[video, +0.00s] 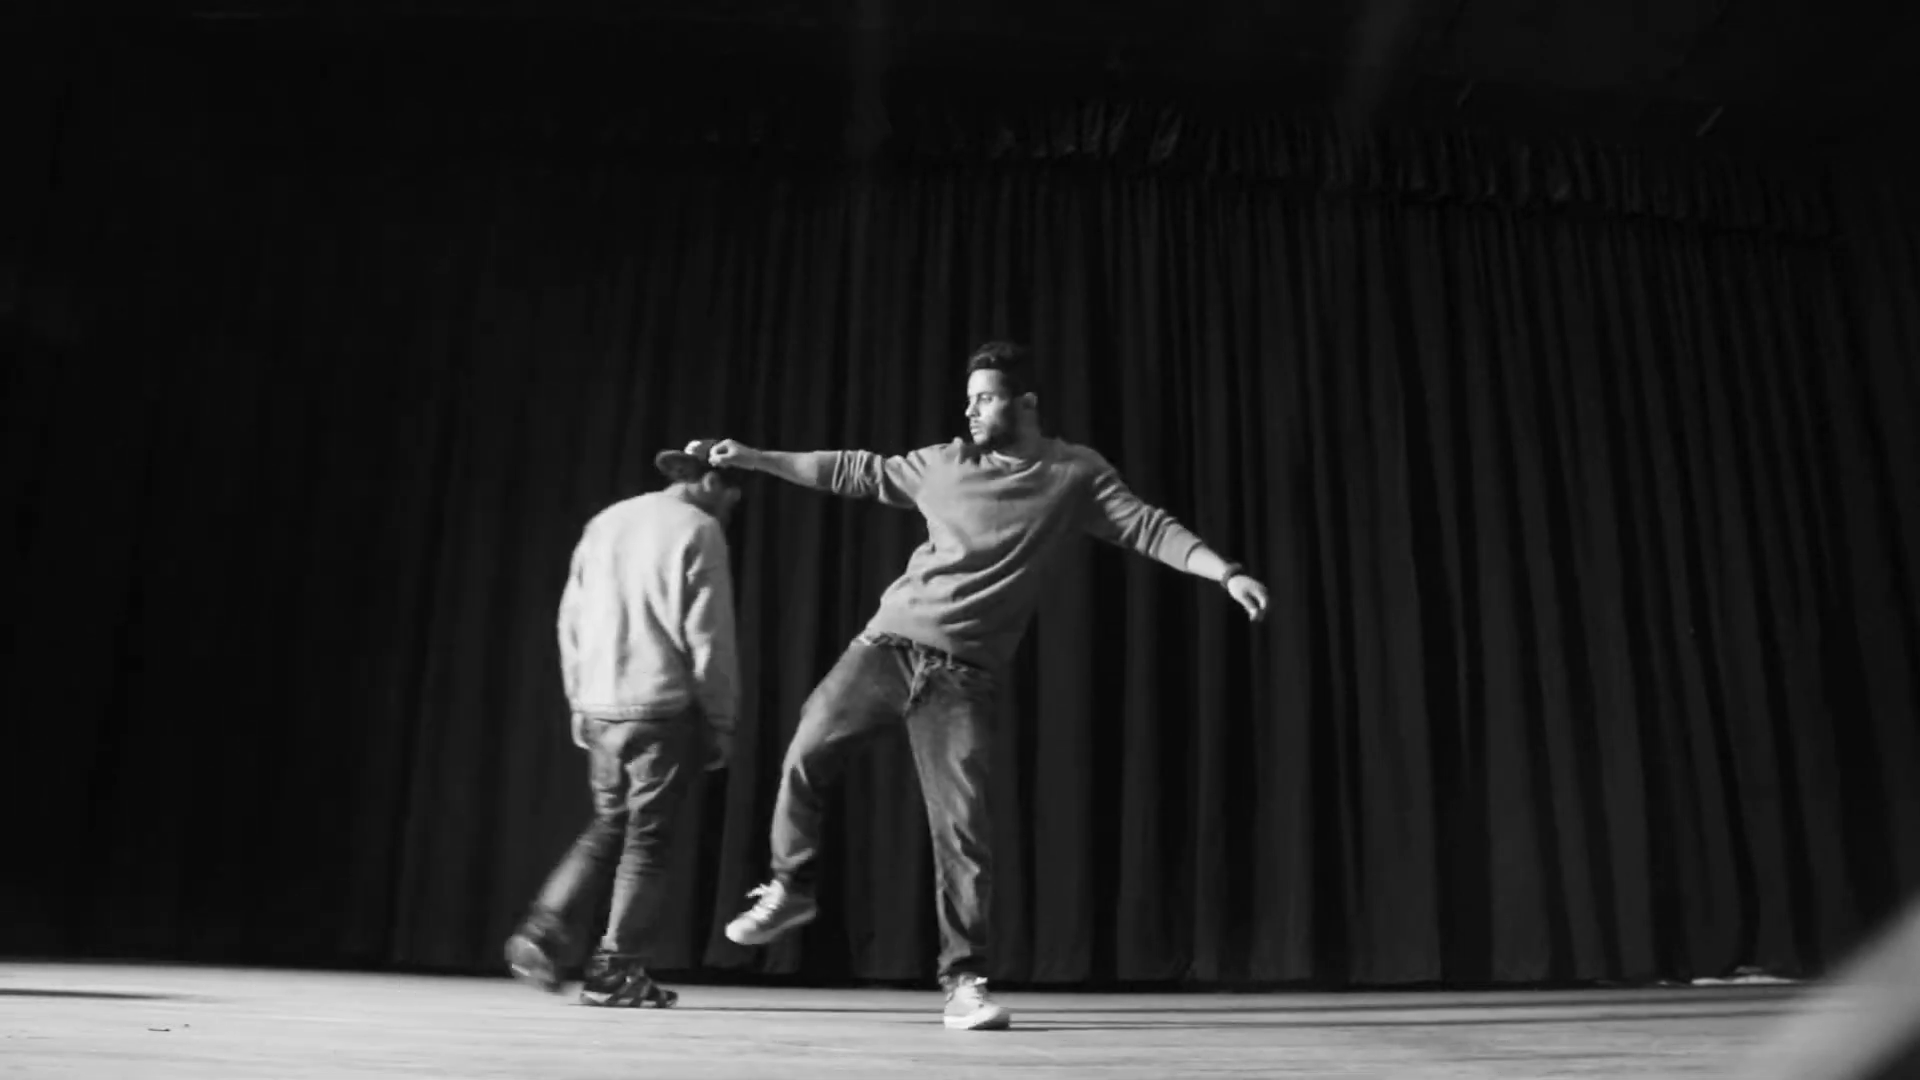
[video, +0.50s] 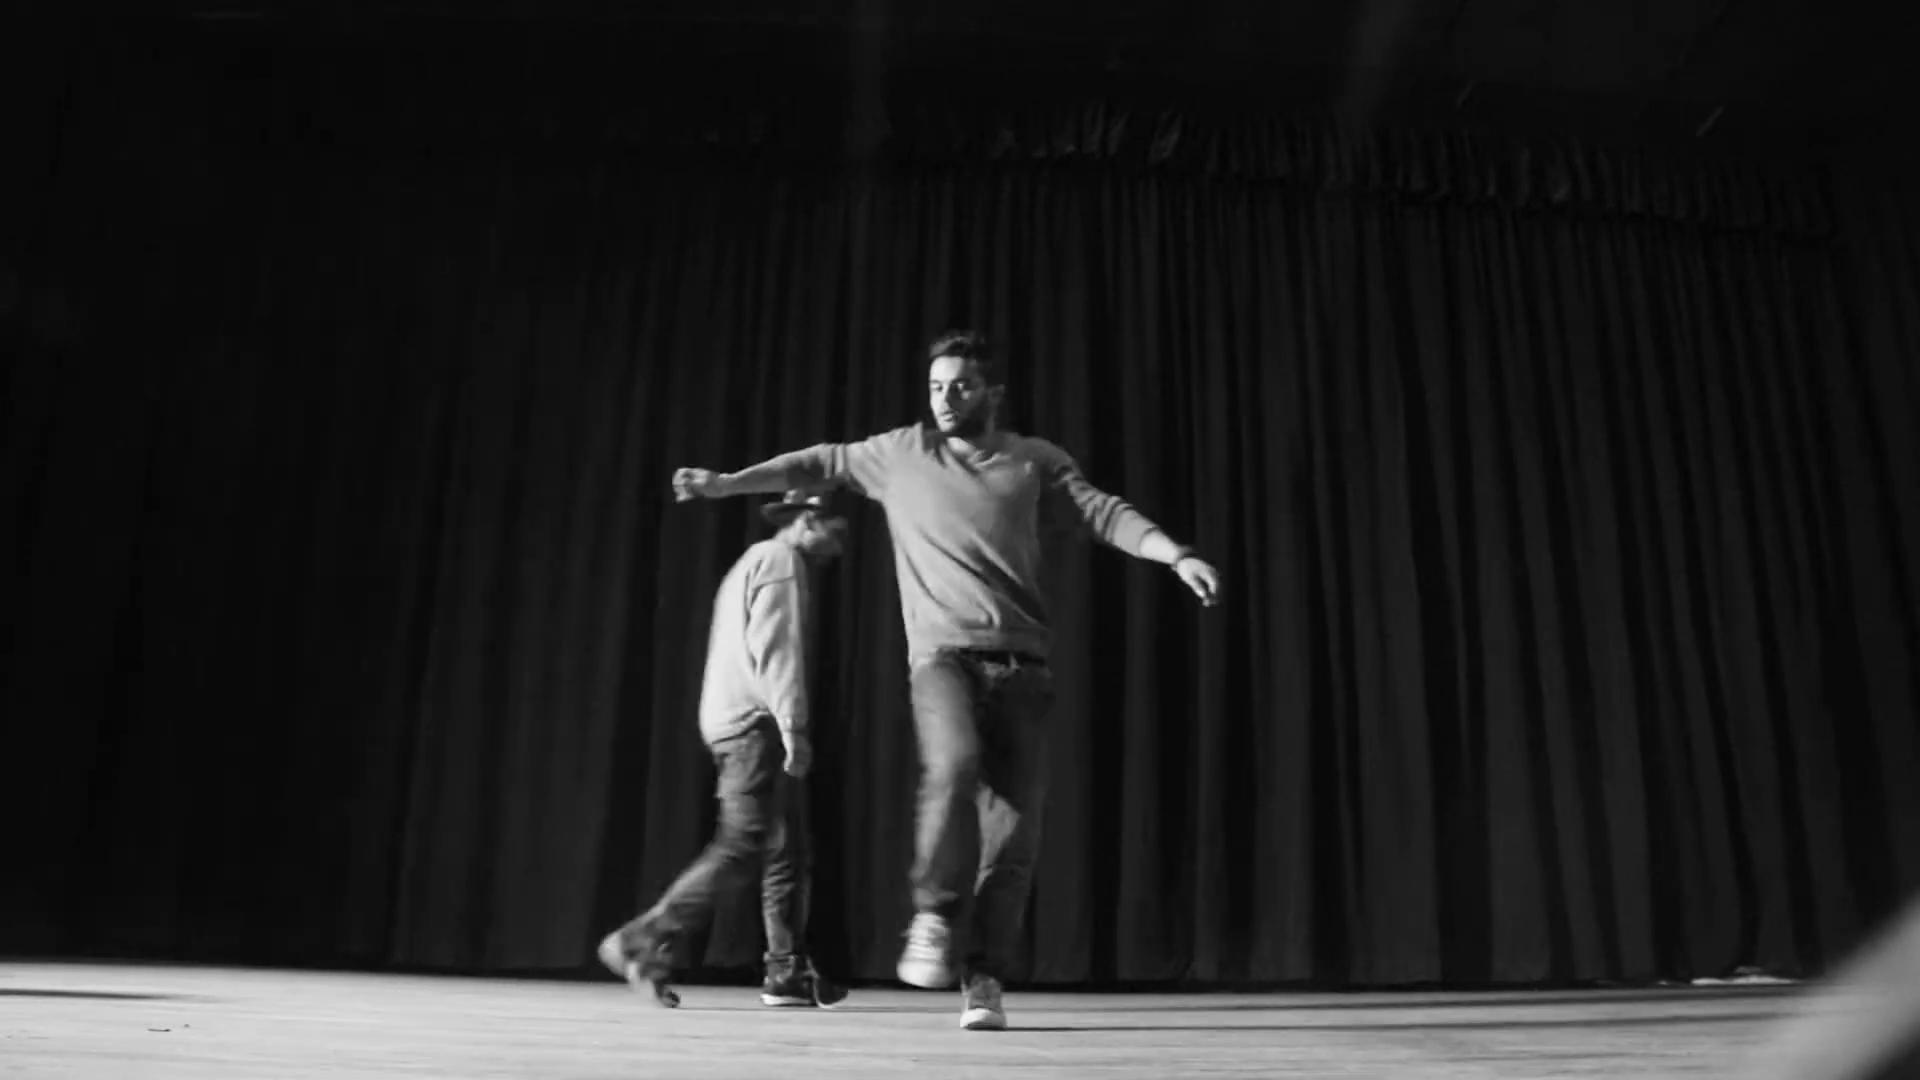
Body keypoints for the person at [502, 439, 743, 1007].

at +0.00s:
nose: (732, 506)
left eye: (735, 496)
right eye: (732, 495)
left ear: (676, 477)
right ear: (711, 483)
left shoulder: (603, 523)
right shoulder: (698, 529)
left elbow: (571, 625)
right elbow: (709, 638)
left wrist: (582, 704)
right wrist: (721, 721)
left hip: (600, 707)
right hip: (659, 708)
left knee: (606, 825)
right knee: (647, 840)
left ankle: (541, 936)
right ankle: (619, 968)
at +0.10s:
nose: (751, 506)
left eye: (753, 496)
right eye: (748, 494)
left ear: (698, 484)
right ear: (720, 485)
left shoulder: (624, 532)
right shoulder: (713, 532)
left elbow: (596, 630)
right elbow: (728, 632)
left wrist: (608, 711)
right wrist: (749, 715)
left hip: (623, 708)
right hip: (677, 707)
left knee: (649, 837)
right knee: (656, 840)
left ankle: (622, 965)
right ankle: (605, 962)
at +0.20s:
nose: (766, 511)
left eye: (768, 502)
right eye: (763, 499)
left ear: (712, 489)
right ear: (739, 489)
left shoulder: (647, 541)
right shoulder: (729, 535)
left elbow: (622, 639)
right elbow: (744, 636)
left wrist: (637, 718)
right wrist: (774, 721)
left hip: (649, 716)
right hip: (696, 713)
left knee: (695, 845)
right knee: (666, 842)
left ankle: (689, 968)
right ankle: (617, 966)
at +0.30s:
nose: (789, 516)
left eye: (790, 506)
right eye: (784, 504)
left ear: (737, 500)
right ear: (759, 499)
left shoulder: (672, 553)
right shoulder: (745, 545)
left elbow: (649, 644)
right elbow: (757, 638)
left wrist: (664, 713)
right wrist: (788, 720)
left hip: (670, 717)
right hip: (715, 713)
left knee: (722, 842)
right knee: (679, 836)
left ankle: (749, 964)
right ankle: (618, 960)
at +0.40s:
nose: (817, 524)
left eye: (816, 514)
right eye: (809, 513)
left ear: (760, 513)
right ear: (781, 513)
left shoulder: (707, 565)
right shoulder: (762, 557)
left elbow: (682, 657)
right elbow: (767, 647)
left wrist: (693, 723)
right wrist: (794, 729)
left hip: (698, 724)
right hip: (734, 723)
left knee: (755, 850)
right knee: (694, 842)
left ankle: (781, 972)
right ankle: (622, 957)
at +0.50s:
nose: (843, 539)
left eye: (844, 529)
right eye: (836, 528)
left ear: (803, 522)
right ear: (807, 523)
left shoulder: (764, 560)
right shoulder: (778, 560)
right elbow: (774, 649)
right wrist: (793, 729)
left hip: (743, 721)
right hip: (749, 722)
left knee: (782, 851)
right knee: (741, 846)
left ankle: (786, 970)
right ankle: (641, 942)